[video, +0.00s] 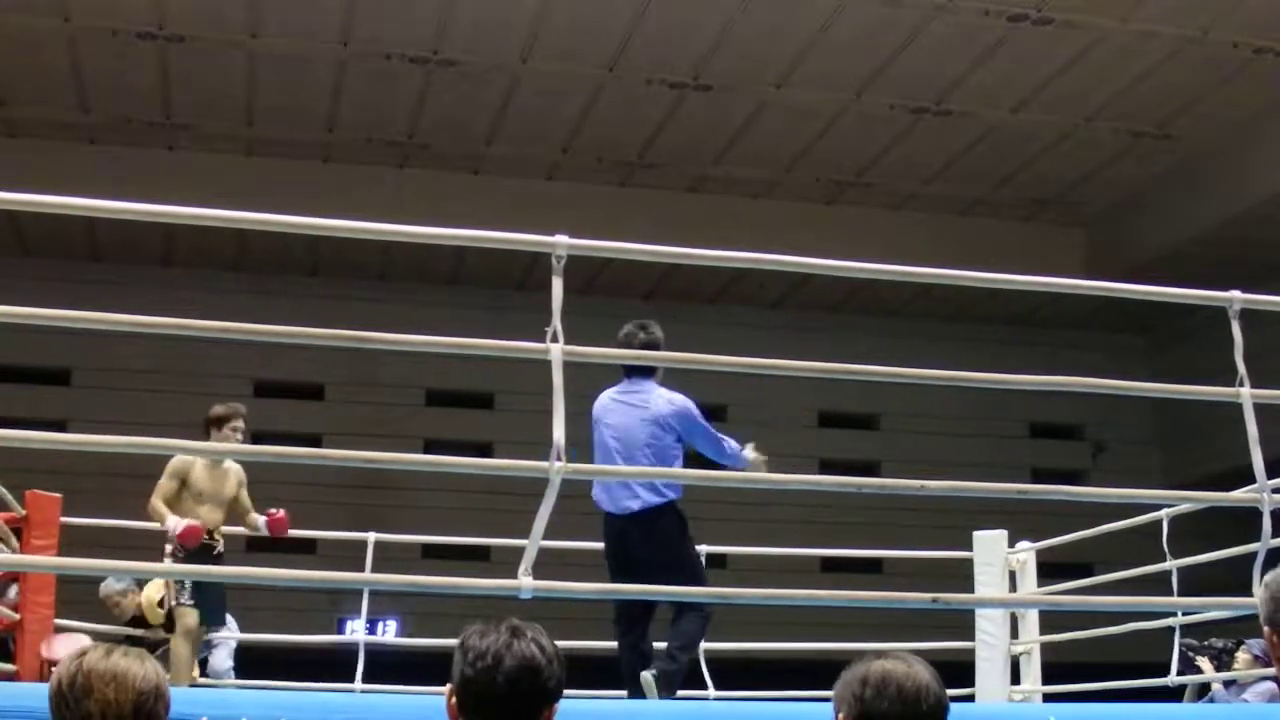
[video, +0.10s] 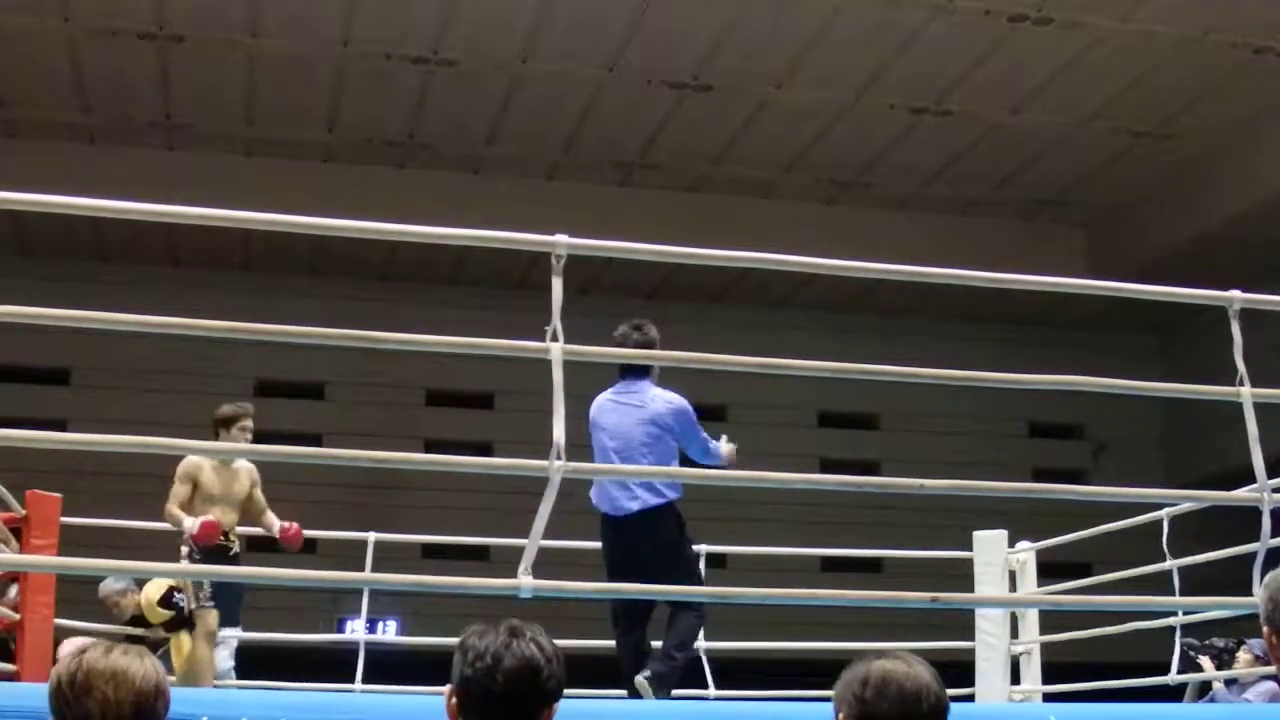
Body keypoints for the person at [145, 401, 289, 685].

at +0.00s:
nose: (239, 437)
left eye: (242, 432)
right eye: (234, 430)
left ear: (241, 434)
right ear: (214, 430)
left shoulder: (236, 473)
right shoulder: (184, 462)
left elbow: (247, 516)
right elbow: (155, 503)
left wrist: (265, 524)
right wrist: (176, 524)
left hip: (212, 552)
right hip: (182, 549)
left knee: (200, 629)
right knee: (187, 624)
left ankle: (179, 694)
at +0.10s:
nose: (248, 437)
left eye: (251, 431)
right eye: (242, 430)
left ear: (251, 434)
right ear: (222, 431)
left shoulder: (248, 471)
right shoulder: (194, 464)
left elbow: (261, 512)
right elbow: (171, 509)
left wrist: (279, 528)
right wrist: (191, 524)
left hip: (230, 554)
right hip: (198, 552)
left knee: (228, 629)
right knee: (206, 625)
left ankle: (225, 691)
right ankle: (202, 698)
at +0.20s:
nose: (257, 431)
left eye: (259, 426)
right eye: (251, 425)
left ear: (259, 429)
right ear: (231, 427)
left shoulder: (259, 468)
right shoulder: (204, 465)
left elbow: (271, 511)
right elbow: (187, 511)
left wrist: (286, 530)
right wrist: (209, 528)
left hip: (246, 556)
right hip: (215, 555)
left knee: (240, 639)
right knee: (222, 634)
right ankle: (205, 705)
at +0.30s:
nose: (272, 425)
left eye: (273, 420)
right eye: (266, 419)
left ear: (272, 422)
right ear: (246, 420)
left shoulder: (272, 462)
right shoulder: (219, 460)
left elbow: (277, 507)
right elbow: (204, 507)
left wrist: (297, 524)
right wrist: (243, 523)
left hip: (265, 554)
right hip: (232, 553)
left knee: (275, 638)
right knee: (229, 634)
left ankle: (222, 677)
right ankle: (212, 702)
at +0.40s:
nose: (293, 422)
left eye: (295, 416)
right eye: (288, 415)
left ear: (290, 417)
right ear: (267, 413)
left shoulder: (286, 453)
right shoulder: (238, 450)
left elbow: (284, 500)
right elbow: (227, 499)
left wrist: (310, 510)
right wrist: (271, 503)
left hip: (283, 542)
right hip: (251, 542)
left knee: (308, 627)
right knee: (236, 633)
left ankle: (269, 692)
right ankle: (215, 701)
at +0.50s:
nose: (318, 430)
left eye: (320, 423)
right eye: (313, 422)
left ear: (311, 423)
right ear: (293, 419)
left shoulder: (309, 459)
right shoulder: (260, 451)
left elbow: (300, 509)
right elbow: (256, 500)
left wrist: (332, 508)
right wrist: (304, 491)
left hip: (302, 546)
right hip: (268, 545)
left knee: (332, 627)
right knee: (248, 636)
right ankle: (216, 703)